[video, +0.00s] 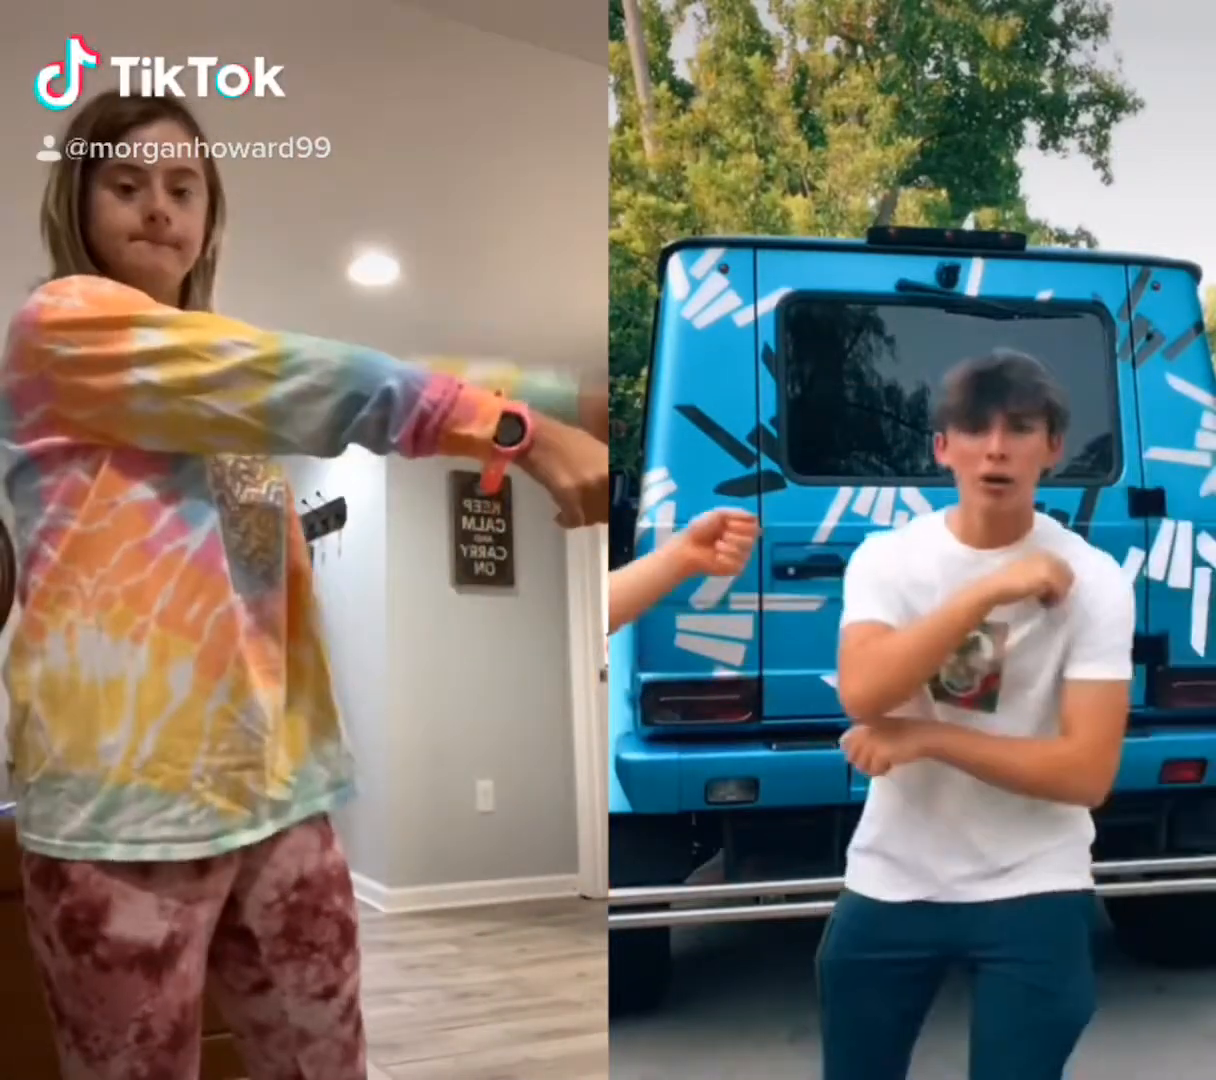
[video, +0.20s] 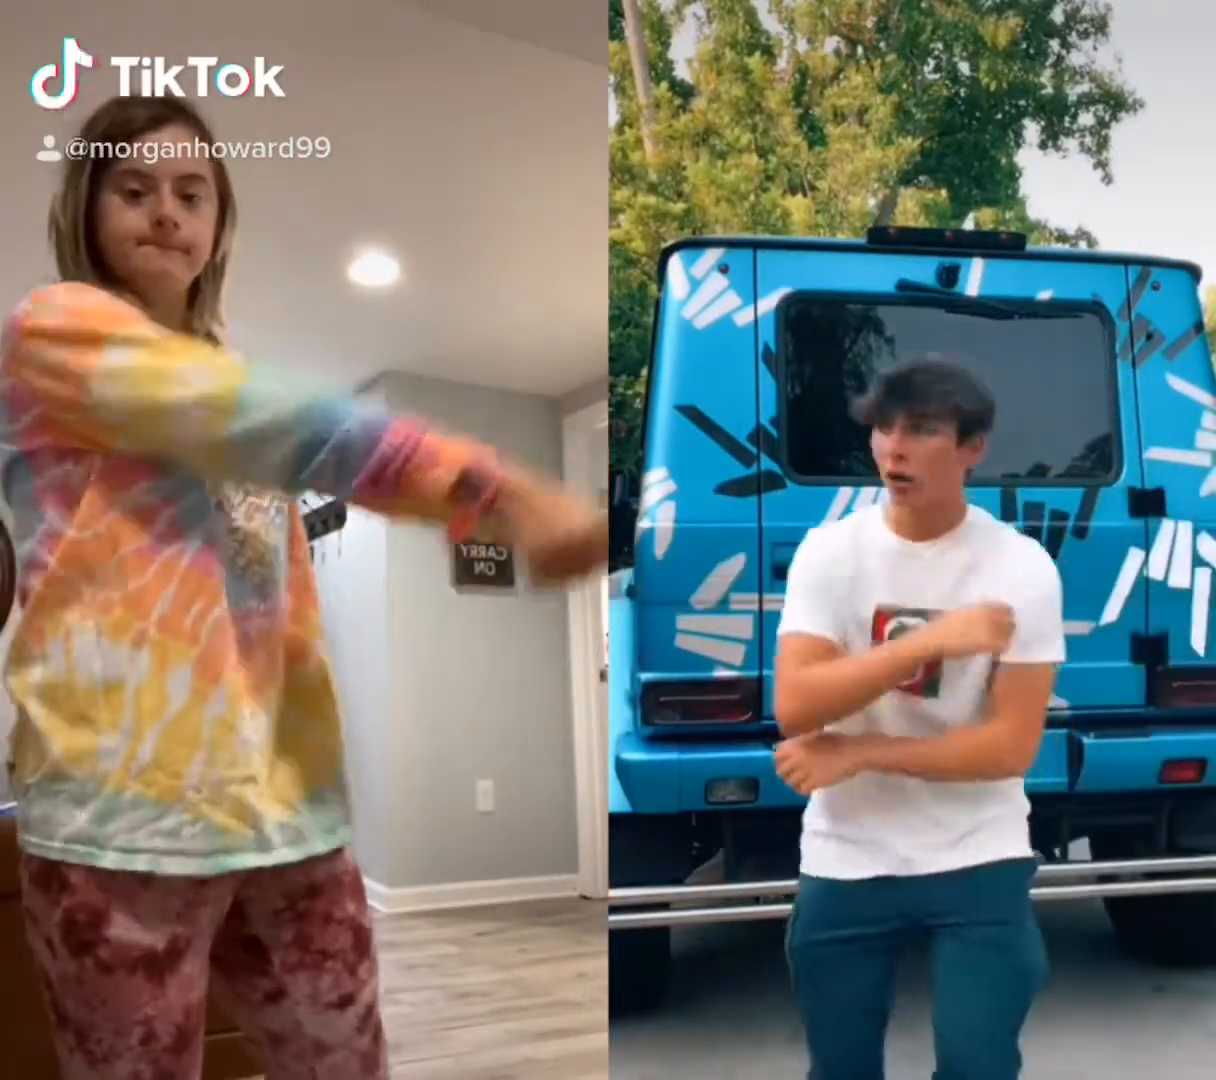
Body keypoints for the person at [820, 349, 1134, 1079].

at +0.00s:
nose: (996, 449)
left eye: (1018, 428)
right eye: (977, 429)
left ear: (1052, 449)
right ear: (945, 449)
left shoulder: (1095, 581)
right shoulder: (886, 560)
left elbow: (1088, 772)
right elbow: (863, 691)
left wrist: (930, 735)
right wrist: (987, 590)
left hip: (1034, 886)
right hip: (892, 880)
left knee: (1017, 1067)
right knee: (853, 1067)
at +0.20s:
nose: (893, 448)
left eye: (918, 431)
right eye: (886, 429)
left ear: (971, 451)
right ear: (872, 438)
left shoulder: (1021, 570)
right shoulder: (827, 553)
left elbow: (1012, 746)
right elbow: (796, 702)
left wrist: (861, 752)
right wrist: (932, 640)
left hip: (980, 863)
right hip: (844, 864)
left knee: (978, 1065)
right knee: (840, 1067)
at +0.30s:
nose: (846, 462)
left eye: (867, 444)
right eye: (850, 444)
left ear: (931, 467)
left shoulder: (1006, 585)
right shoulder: (814, 576)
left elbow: (1024, 750)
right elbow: (785, 739)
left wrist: (890, 798)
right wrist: (896, 743)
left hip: (970, 889)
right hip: (837, 889)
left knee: (962, 1069)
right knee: (834, 1068)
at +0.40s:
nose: (842, 468)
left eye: (864, 451)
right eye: (846, 451)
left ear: (927, 474)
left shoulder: (1004, 587)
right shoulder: (807, 578)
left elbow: (1061, 711)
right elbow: (794, 700)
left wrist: (999, 789)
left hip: (960, 883)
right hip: (837, 877)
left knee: (938, 1067)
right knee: (834, 1066)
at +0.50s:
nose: (836, 452)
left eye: (858, 437)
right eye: (840, 435)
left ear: (919, 461)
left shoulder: (1003, 566)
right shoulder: (800, 556)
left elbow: (1057, 655)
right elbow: (764, 655)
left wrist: (1074, 742)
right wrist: (679, 710)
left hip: (956, 849)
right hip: (834, 833)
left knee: (941, 1057)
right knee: (827, 1023)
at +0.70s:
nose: (828, 426)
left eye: (853, 410)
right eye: (828, 409)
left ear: (912, 432)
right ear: (821, 418)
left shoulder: (980, 534)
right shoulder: (793, 526)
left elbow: (1011, 644)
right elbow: (763, 656)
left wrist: (1038, 708)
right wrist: (672, 650)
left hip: (948, 814)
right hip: (832, 808)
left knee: (932, 1034)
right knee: (844, 1021)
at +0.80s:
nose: (863, 449)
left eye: (884, 432)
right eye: (847, 431)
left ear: (919, 452)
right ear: (825, 452)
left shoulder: (966, 563)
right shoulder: (785, 570)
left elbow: (984, 721)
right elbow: (760, 714)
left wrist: (910, 689)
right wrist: (778, 721)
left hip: (946, 854)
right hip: (826, 860)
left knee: (939, 1060)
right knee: (846, 1061)